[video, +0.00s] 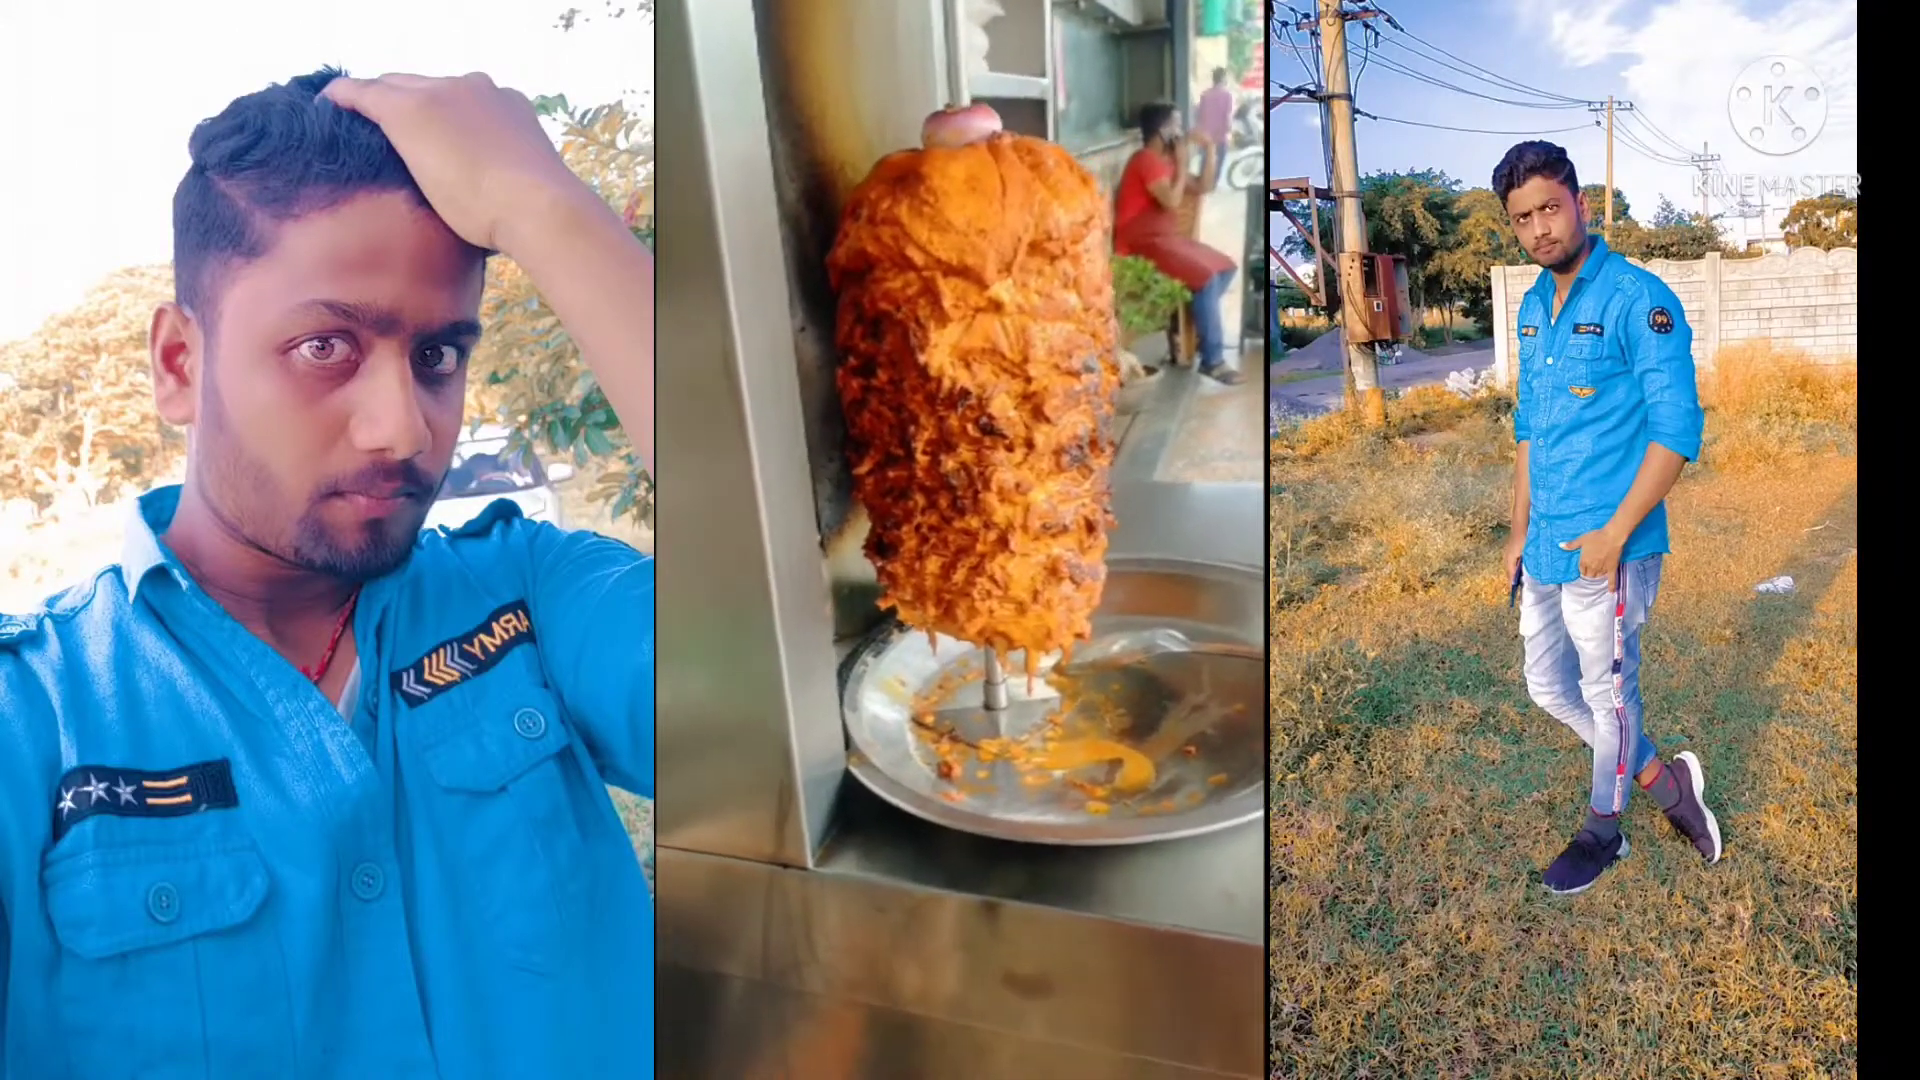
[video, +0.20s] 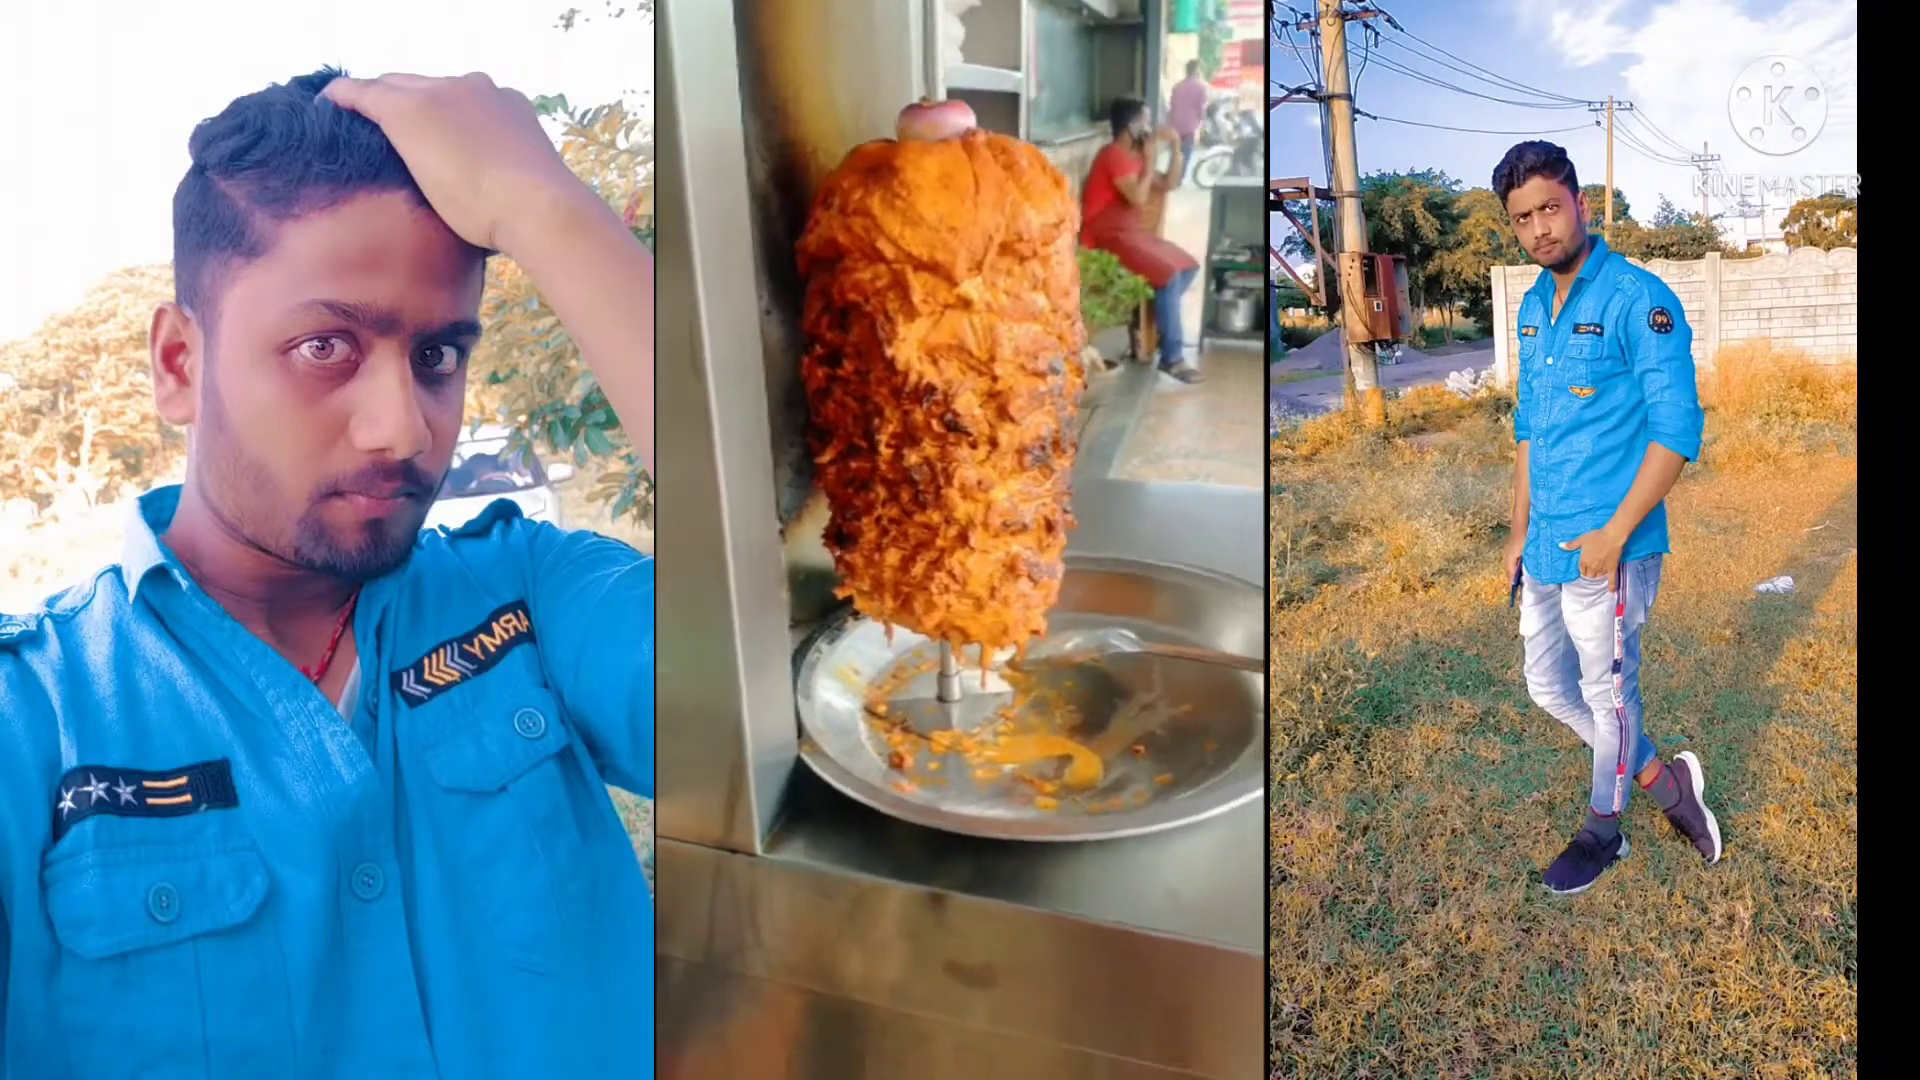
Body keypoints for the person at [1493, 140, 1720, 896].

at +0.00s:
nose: (1538, 228)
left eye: (1549, 208)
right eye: (1522, 218)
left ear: (1581, 203)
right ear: (1513, 228)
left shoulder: (1640, 298)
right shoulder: (1534, 308)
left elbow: (1678, 432)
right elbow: (1529, 432)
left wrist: (1615, 533)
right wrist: (1520, 530)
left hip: (1611, 537)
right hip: (1543, 539)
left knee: (1610, 690)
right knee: (1549, 684)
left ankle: (1602, 828)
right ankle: (1666, 778)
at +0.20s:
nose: (1538, 228)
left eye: (1549, 208)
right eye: (1522, 218)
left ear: (1581, 203)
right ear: (1513, 228)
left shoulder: (1640, 298)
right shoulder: (1534, 307)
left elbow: (1678, 431)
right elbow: (1529, 431)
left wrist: (1615, 532)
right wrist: (1520, 530)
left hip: (1611, 536)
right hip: (1544, 538)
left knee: (1610, 689)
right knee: (1548, 684)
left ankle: (1602, 828)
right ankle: (1666, 778)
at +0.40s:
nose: (1538, 228)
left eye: (1549, 208)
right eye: (1522, 218)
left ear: (1581, 203)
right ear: (1513, 228)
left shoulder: (1640, 298)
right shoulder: (1534, 307)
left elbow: (1678, 431)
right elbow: (1529, 431)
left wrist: (1615, 532)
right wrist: (1520, 530)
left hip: (1611, 536)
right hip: (1544, 538)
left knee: (1610, 689)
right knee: (1548, 684)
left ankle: (1602, 828)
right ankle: (1666, 778)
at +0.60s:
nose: (1538, 228)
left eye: (1549, 208)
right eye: (1522, 218)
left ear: (1582, 203)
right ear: (1513, 228)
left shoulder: (1640, 298)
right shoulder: (1534, 307)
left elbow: (1678, 432)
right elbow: (1529, 431)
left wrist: (1616, 531)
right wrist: (1520, 529)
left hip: (1612, 535)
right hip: (1544, 537)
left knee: (1610, 688)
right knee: (1549, 684)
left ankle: (1602, 828)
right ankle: (1665, 778)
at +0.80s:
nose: (1538, 228)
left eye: (1549, 208)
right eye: (1522, 218)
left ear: (1581, 203)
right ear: (1513, 228)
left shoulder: (1640, 298)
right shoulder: (1534, 307)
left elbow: (1678, 431)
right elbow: (1529, 431)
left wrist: (1615, 532)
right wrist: (1520, 529)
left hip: (1611, 536)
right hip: (1544, 538)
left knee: (1610, 689)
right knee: (1549, 684)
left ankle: (1602, 829)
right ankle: (1666, 778)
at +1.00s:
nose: (1539, 228)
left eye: (1550, 208)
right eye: (1523, 218)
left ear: (1582, 203)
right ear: (1513, 228)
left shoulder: (1640, 298)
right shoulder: (1534, 307)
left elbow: (1678, 432)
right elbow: (1529, 430)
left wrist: (1616, 531)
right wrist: (1519, 528)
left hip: (1611, 536)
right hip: (1544, 538)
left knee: (1610, 689)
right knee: (1549, 684)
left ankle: (1602, 828)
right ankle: (1665, 778)